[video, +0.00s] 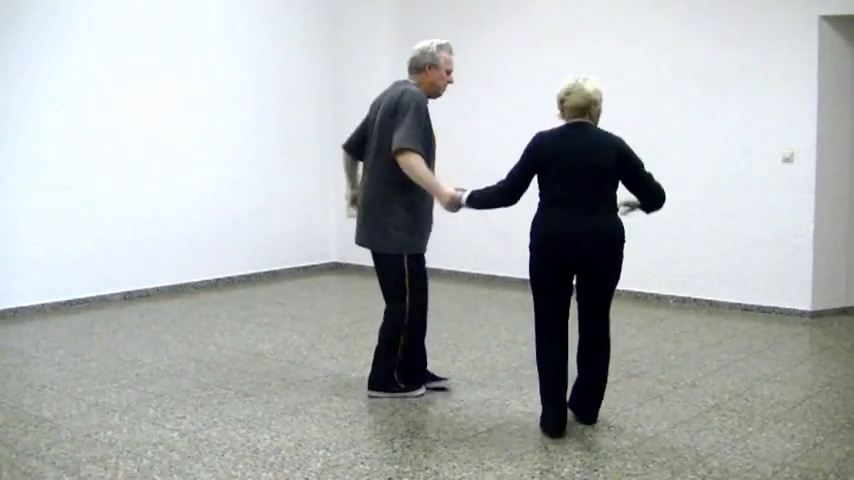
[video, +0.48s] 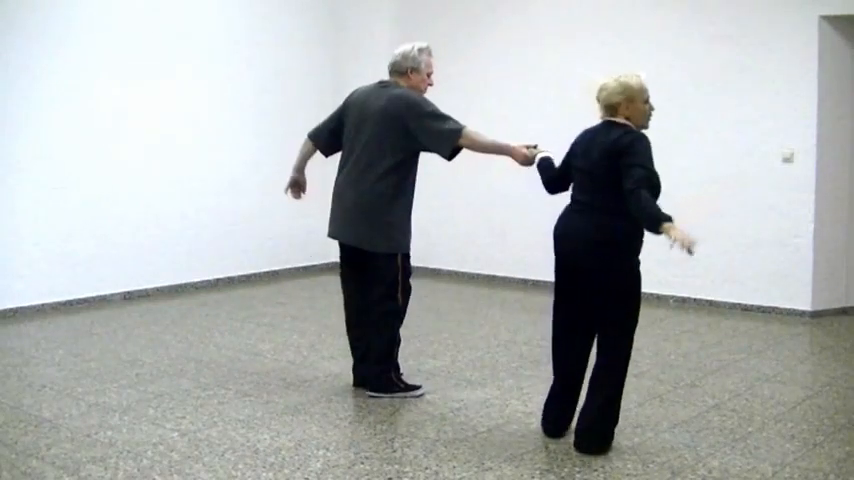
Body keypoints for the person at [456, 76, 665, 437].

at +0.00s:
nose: (602, 113)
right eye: (601, 108)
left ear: (561, 109)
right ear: (597, 111)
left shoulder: (544, 142)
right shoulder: (612, 145)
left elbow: (509, 192)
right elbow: (655, 198)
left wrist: (465, 198)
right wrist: (636, 202)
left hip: (550, 247)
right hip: (603, 249)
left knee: (550, 329)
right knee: (595, 325)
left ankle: (553, 420)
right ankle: (586, 408)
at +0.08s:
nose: (609, 113)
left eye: (609, 107)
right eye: (608, 107)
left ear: (567, 106)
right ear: (597, 107)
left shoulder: (546, 139)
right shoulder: (613, 142)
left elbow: (515, 187)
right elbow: (645, 187)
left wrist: (485, 194)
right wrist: (669, 201)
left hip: (550, 247)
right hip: (601, 248)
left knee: (551, 330)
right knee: (599, 325)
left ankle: (552, 421)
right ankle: (593, 412)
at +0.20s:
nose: (622, 105)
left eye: (621, 98)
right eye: (618, 99)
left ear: (582, 100)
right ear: (600, 101)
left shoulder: (555, 134)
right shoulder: (617, 139)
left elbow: (524, 185)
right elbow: (650, 188)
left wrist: (508, 175)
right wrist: (700, 191)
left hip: (550, 246)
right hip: (600, 248)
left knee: (554, 331)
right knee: (609, 330)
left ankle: (551, 424)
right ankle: (601, 420)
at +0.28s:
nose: (631, 103)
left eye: (629, 96)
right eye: (626, 97)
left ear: (593, 101)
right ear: (605, 101)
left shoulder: (563, 134)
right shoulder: (617, 138)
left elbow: (534, 185)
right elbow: (644, 187)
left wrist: (528, 167)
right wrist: (700, 193)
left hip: (556, 247)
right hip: (603, 250)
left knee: (559, 330)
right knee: (614, 334)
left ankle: (550, 423)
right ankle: (600, 425)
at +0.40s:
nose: (643, 106)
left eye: (642, 99)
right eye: (638, 99)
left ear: (608, 104)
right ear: (616, 103)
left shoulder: (578, 137)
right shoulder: (626, 138)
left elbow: (551, 183)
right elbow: (637, 190)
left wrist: (540, 161)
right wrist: (678, 213)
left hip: (566, 250)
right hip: (609, 253)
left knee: (567, 335)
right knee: (613, 345)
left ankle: (551, 421)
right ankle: (593, 438)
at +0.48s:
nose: (652, 108)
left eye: (649, 101)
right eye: (646, 102)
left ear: (613, 108)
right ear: (626, 107)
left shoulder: (586, 138)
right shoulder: (633, 140)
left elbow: (555, 182)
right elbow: (637, 192)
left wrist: (540, 157)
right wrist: (667, 225)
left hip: (571, 249)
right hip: (614, 255)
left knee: (571, 334)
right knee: (615, 345)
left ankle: (555, 421)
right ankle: (593, 438)